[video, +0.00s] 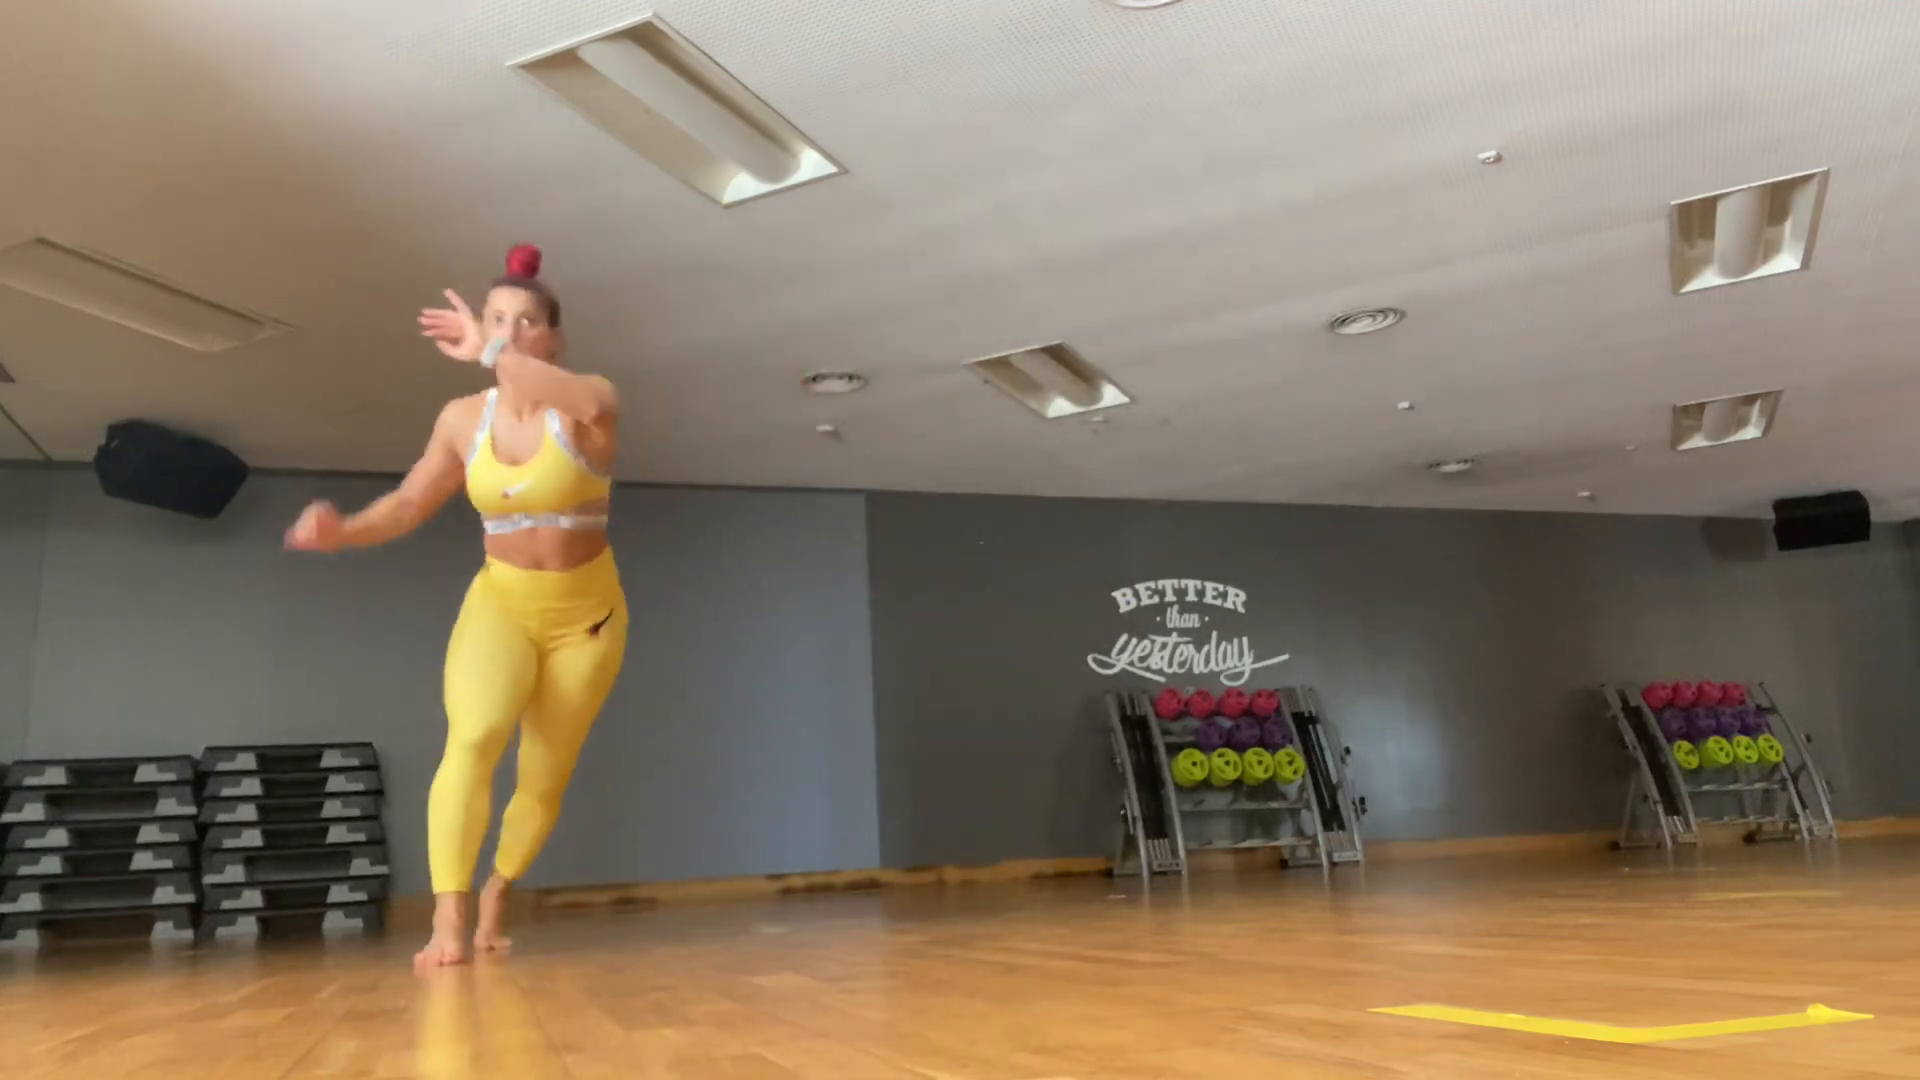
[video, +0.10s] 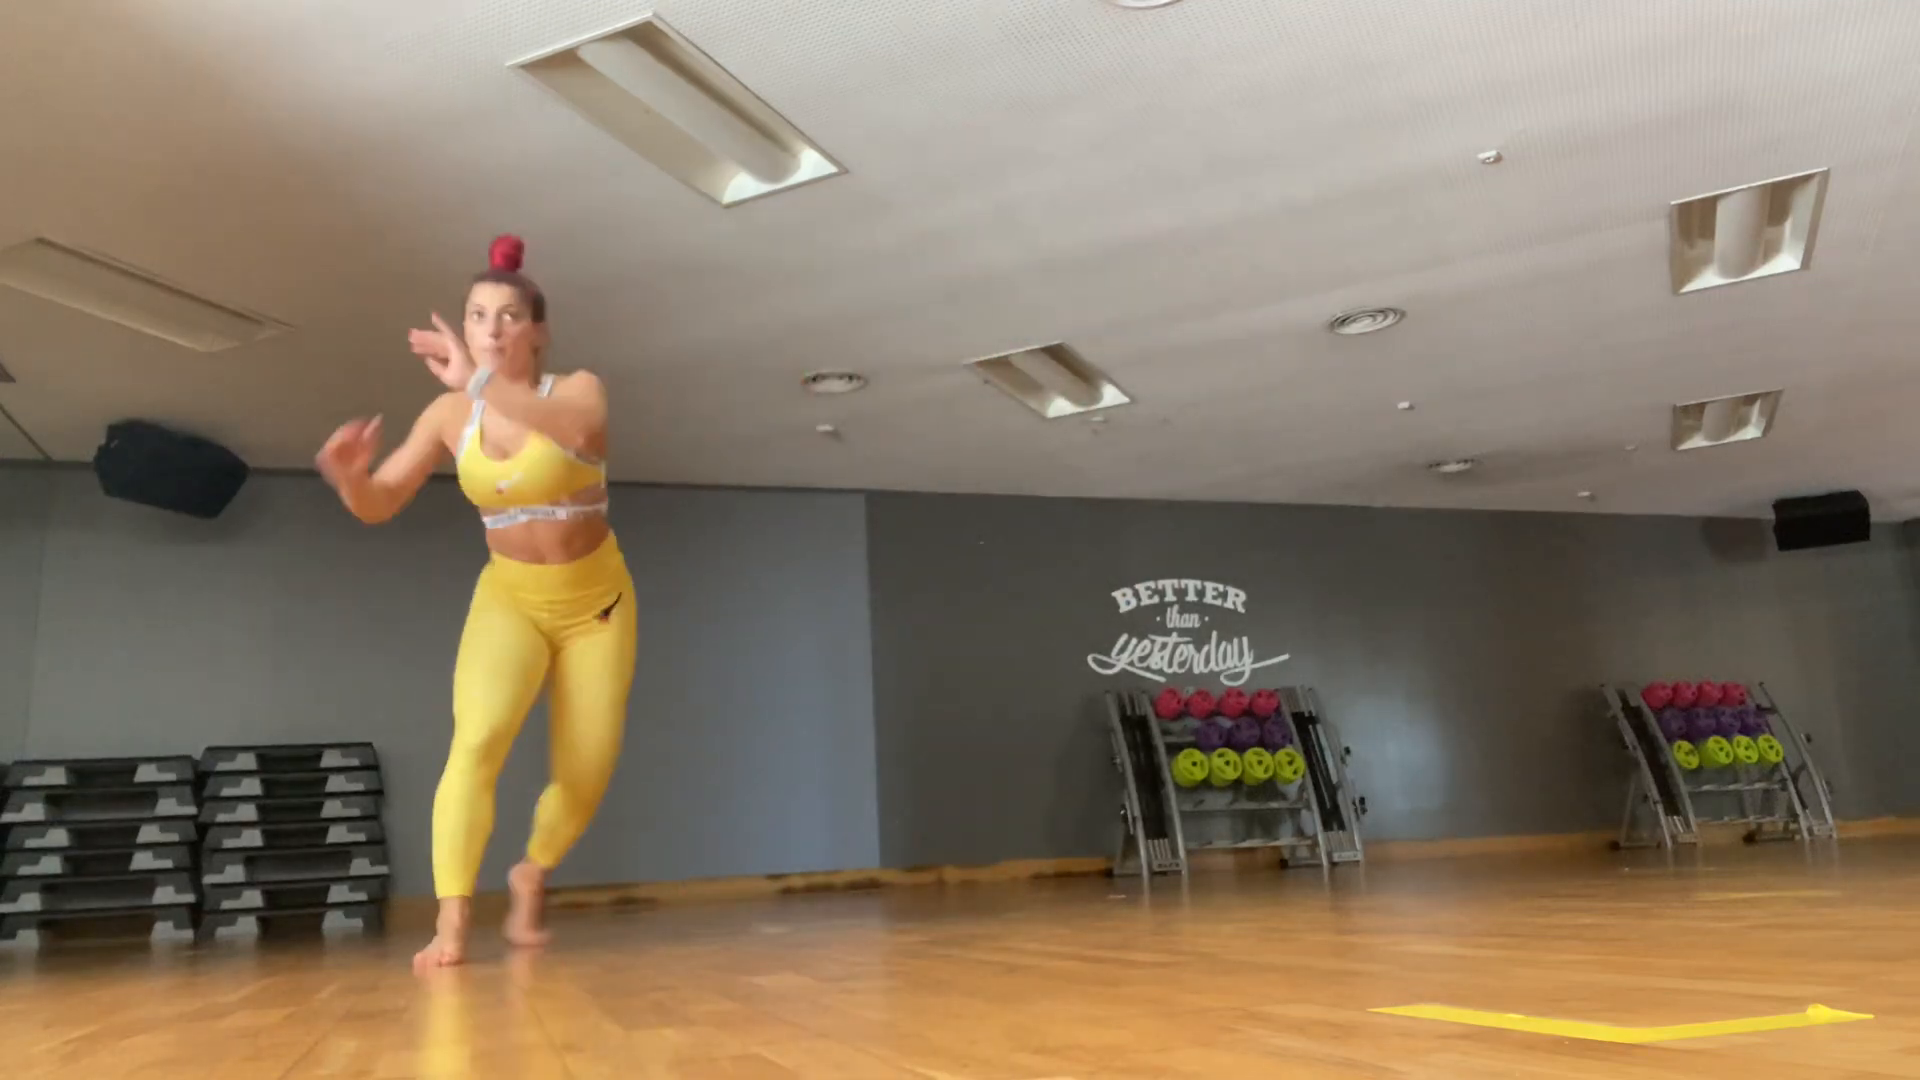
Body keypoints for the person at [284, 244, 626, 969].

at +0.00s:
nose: (505, 331)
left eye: (524, 320)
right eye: (495, 319)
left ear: (553, 335)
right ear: (483, 334)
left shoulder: (592, 401)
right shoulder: (462, 419)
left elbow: (574, 401)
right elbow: (410, 503)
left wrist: (492, 350)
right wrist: (345, 532)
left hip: (587, 612)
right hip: (500, 604)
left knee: (543, 780)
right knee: (473, 742)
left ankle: (498, 891)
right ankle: (450, 919)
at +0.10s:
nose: (492, 331)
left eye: (510, 316)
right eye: (478, 318)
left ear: (540, 331)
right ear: (461, 331)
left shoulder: (577, 390)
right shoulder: (450, 413)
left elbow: (577, 435)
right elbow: (380, 503)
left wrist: (474, 376)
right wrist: (350, 480)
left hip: (597, 597)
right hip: (509, 597)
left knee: (587, 775)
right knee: (475, 746)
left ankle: (532, 876)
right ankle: (451, 923)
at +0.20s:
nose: (497, 348)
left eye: (516, 335)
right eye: (485, 334)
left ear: (545, 354)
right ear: (467, 348)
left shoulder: (579, 418)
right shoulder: (452, 424)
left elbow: (575, 500)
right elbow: (381, 511)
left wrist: (498, 435)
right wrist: (422, 428)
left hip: (606, 602)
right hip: (515, 606)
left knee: (663, 757)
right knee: (471, 746)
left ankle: (635, 882)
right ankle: (453, 925)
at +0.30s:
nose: (529, 358)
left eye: (547, 346)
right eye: (519, 342)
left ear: (575, 364)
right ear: (500, 353)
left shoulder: (608, 431)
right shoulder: (468, 433)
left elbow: (602, 523)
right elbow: (433, 531)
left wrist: (525, 453)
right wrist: (471, 462)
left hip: (619, 604)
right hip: (524, 608)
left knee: (701, 734)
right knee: (476, 739)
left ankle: (719, 890)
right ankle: (454, 922)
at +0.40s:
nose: (604, 358)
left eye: (622, 347)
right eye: (590, 341)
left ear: (640, 367)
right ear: (558, 358)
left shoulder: (656, 434)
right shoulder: (512, 431)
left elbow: (643, 519)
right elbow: (473, 547)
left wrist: (590, 444)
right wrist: (489, 528)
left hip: (636, 606)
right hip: (539, 605)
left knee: (732, 723)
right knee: (485, 743)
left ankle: (777, 889)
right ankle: (455, 924)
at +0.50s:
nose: (699, 330)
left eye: (727, 330)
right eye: (707, 324)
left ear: (758, 364)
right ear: (689, 344)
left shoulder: (752, 436)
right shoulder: (621, 422)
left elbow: (773, 473)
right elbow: (542, 500)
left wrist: (725, 380)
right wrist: (515, 547)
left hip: (668, 620)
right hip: (580, 599)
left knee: (768, 721)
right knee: (513, 746)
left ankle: (783, 898)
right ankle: (462, 925)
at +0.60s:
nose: (822, 377)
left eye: (835, 368)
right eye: (812, 358)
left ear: (842, 389)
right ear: (779, 361)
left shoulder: (816, 465)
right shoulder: (705, 424)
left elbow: (875, 477)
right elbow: (596, 454)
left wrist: (853, 380)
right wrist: (556, 474)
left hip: (687, 626)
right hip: (615, 594)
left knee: (791, 723)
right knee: (578, 734)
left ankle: (785, 901)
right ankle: (481, 901)